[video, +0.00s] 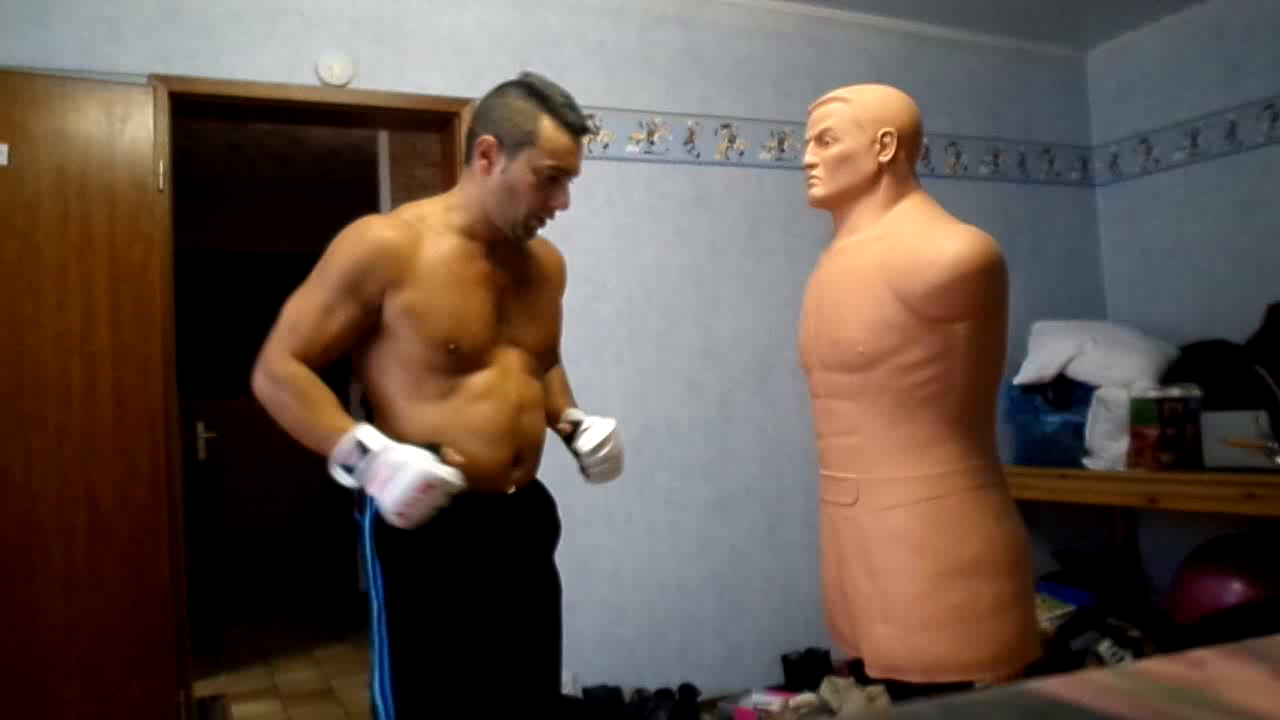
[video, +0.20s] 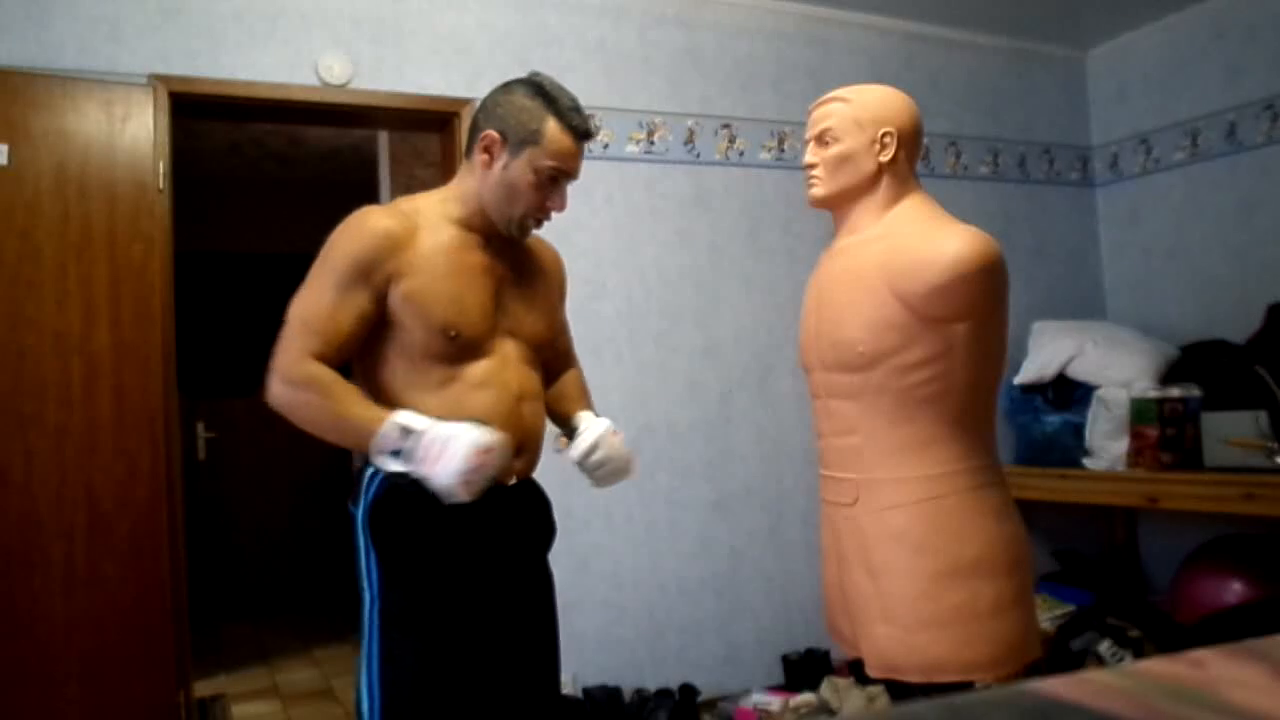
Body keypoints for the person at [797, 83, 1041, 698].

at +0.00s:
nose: (807, 157)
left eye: (825, 140)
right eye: (808, 142)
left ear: (884, 148)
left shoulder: (951, 258)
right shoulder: (836, 260)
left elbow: (967, 426)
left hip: (934, 539)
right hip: (855, 538)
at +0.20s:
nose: (807, 157)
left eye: (825, 140)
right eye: (808, 142)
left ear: (883, 148)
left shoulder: (950, 258)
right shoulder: (836, 260)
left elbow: (966, 425)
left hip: (935, 542)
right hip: (855, 540)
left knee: (960, 709)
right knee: (877, 702)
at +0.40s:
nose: (807, 157)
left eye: (826, 139)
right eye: (808, 142)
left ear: (884, 148)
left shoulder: (950, 258)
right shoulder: (834, 261)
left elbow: (966, 424)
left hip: (935, 542)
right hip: (855, 540)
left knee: (959, 707)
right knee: (876, 700)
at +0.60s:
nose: (807, 157)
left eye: (825, 140)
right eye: (808, 142)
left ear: (884, 148)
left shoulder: (949, 258)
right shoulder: (837, 260)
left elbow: (965, 427)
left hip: (935, 543)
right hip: (856, 541)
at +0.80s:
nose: (807, 157)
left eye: (825, 140)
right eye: (808, 142)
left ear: (884, 148)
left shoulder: (949, 259)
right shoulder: (837, 259)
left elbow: (965, 429)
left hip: (934, 544)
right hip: (856, 543)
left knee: (959, 709)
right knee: (879, 702)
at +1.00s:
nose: (807, 157)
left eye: (825, 140)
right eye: (808, 142)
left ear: (884, 148)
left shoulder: (949, 258)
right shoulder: (836, 261)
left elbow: (965, 431)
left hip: (934, 545)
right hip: (856, 544)